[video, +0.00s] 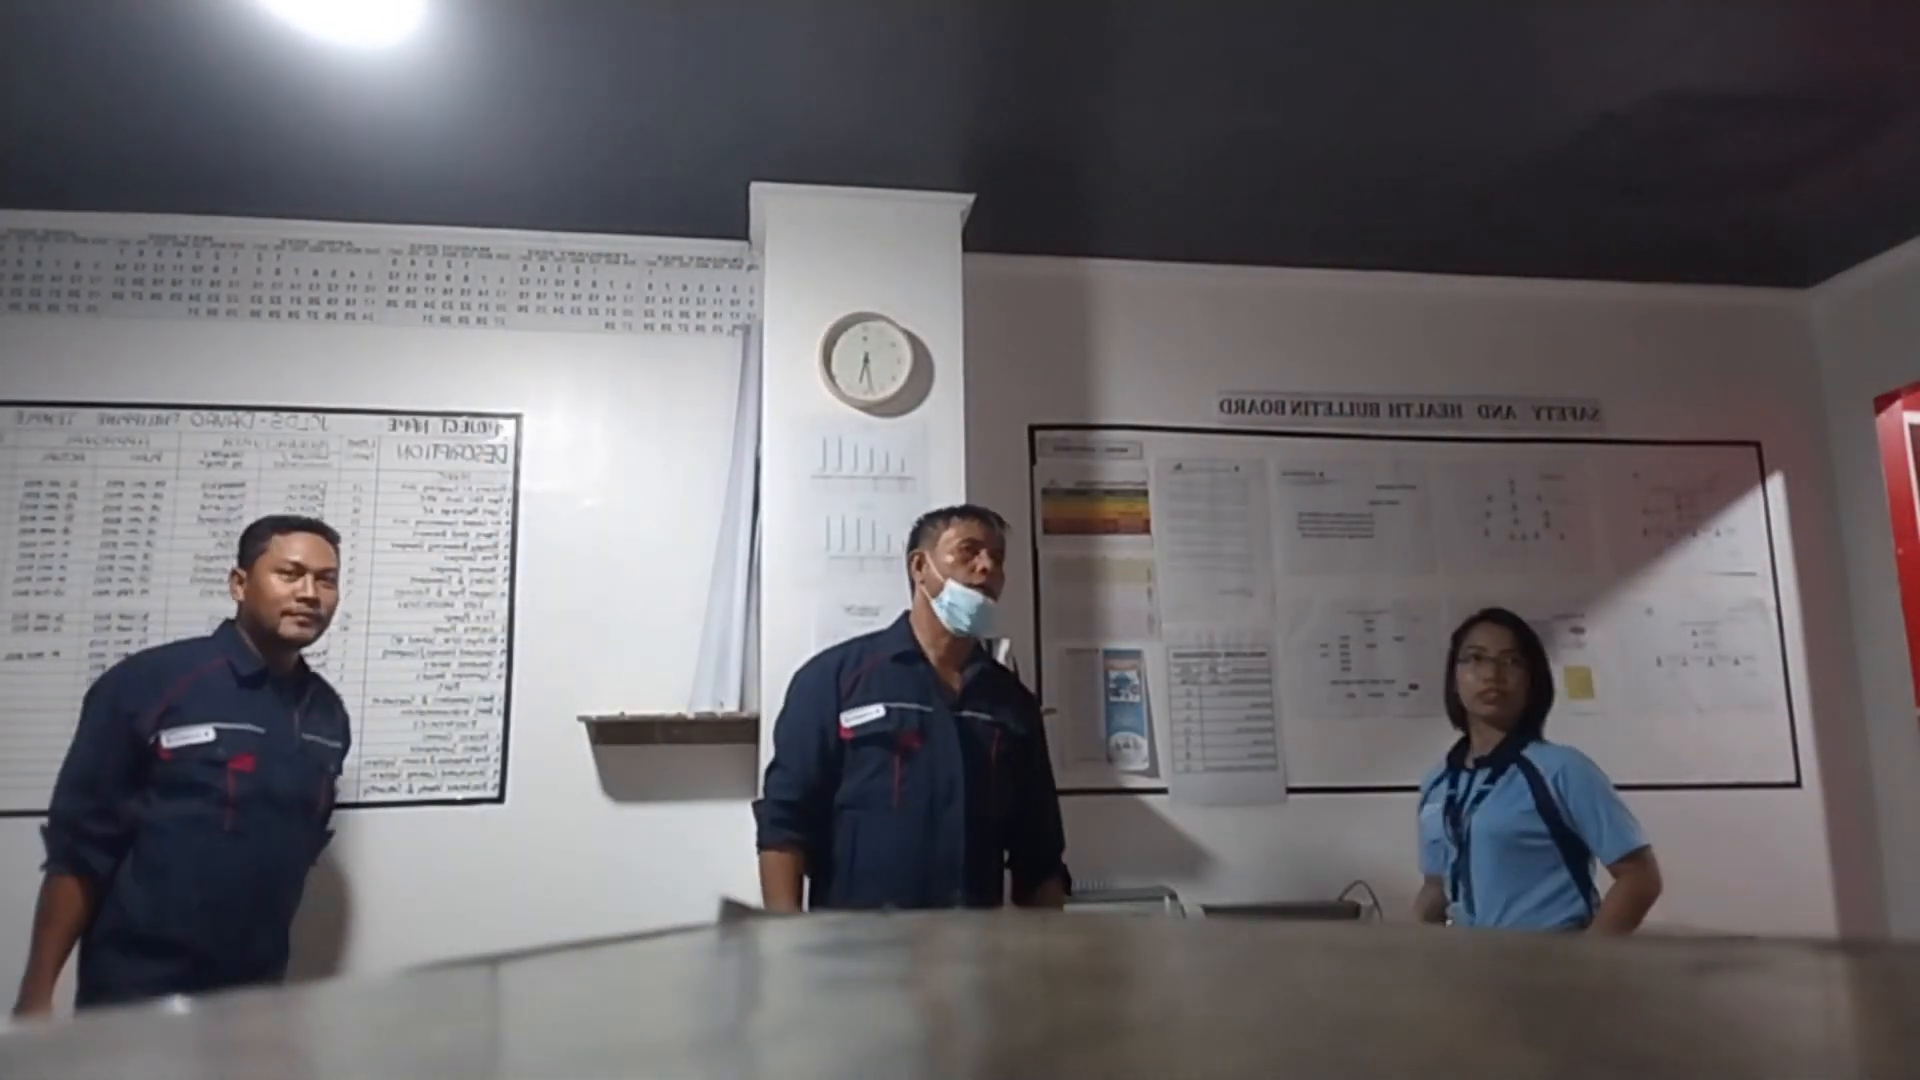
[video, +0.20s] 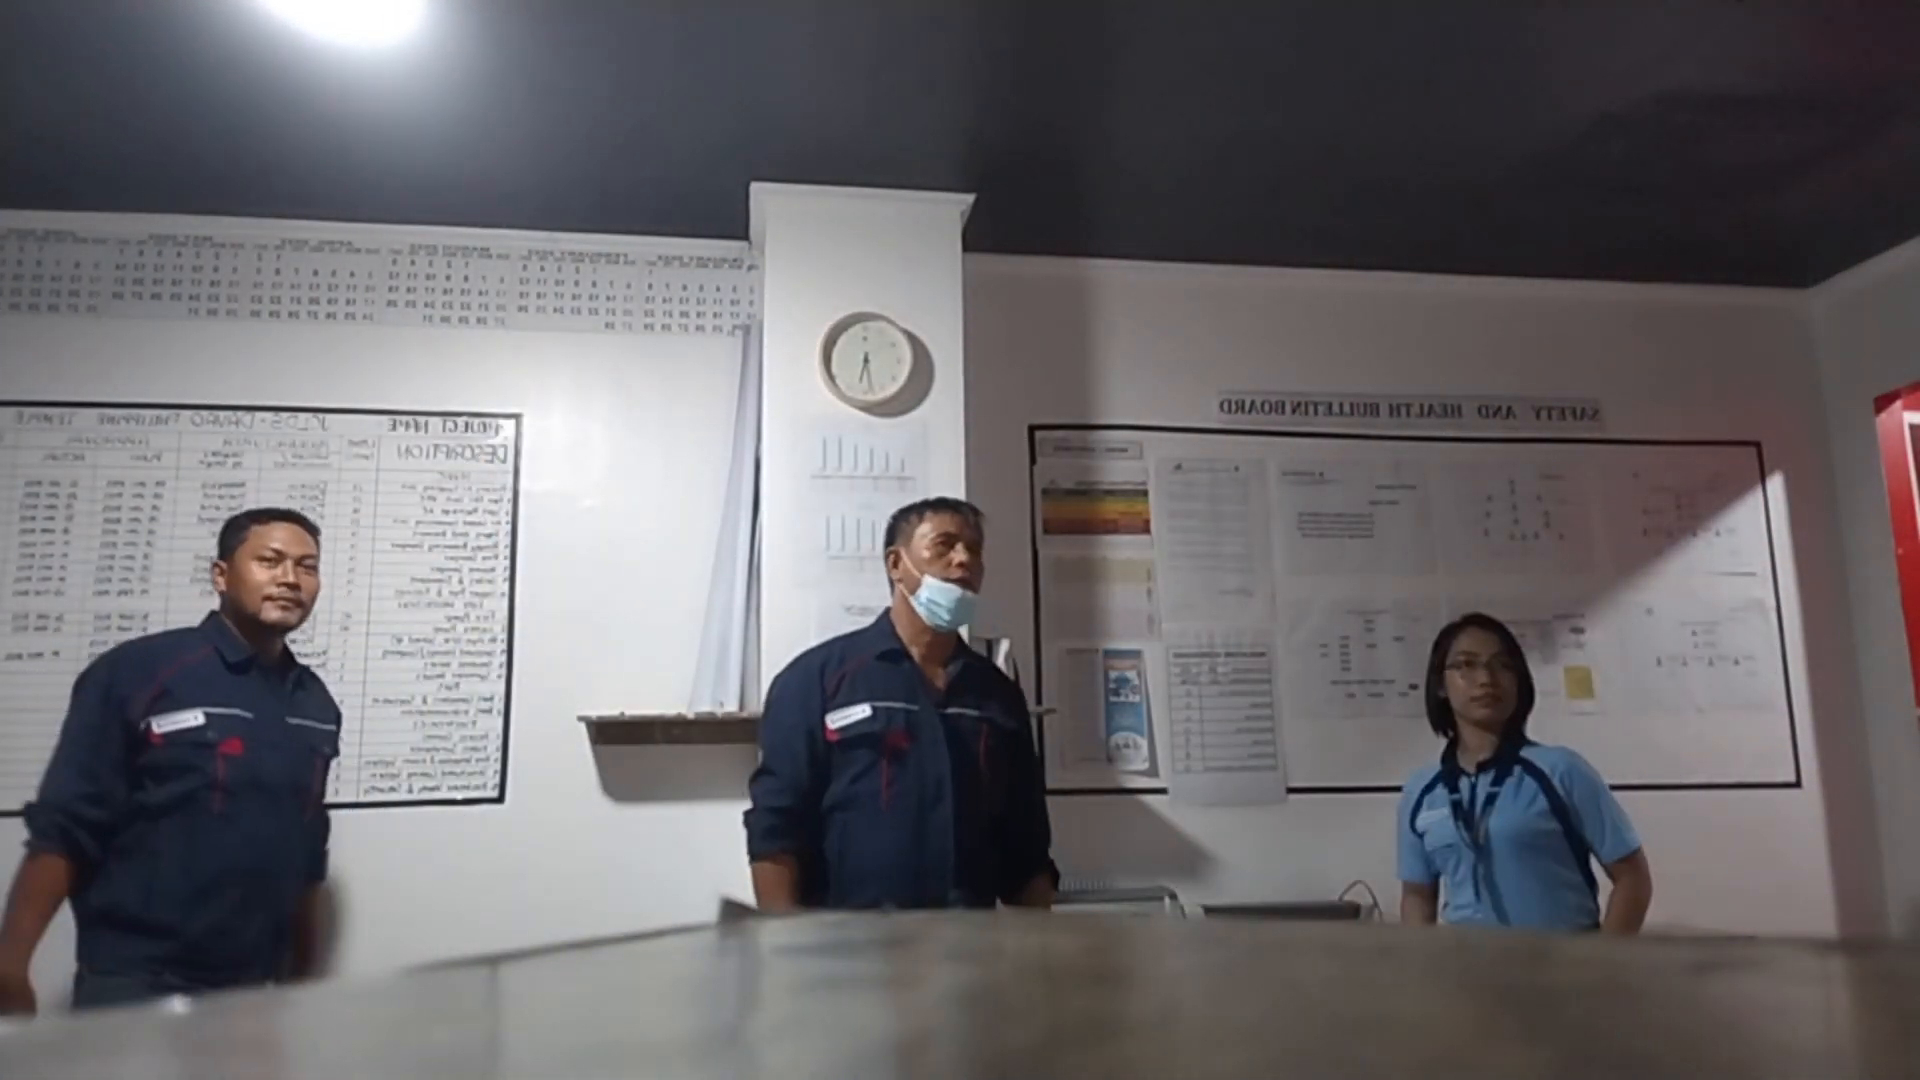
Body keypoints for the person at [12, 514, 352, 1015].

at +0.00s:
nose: (311, 594)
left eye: (325, 579)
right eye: (290, 574)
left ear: (337, 597)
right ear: (241, 585)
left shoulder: (327, 717)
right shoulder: (141, 688)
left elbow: (293, 859)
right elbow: (80, 853)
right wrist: (35, 998)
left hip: (252, 1000)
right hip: (133, 1000)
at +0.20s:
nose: (291, 578)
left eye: (307, 566)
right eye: (270, 560)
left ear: (317, 586)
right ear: (222, 576)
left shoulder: (316, 707)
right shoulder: (130, 676)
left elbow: (306, 864)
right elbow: (61, 834)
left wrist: (301, 985)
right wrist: (11, 964)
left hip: (256, 994)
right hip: (134, 991)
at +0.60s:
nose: (213, 576)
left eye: (229, 561)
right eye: (189, 559)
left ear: (245, 579)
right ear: (143, 579)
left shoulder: (277, 692)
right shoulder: (65, 690)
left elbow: (338, 789)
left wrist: (437, 826)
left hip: (222, 986)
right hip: (91, 991)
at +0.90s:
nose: (126, 573)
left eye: (138, 548)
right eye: (96, 563)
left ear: (162, 554)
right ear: (59, 585)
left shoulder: (223, 677)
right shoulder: (30, 676)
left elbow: (283, 794)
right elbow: (16, 637)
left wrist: (360, 888)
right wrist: (64, 537)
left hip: (180, 1002)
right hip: (48, 1009)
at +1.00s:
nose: (120, 567)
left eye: (130, 543)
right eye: (87, 557)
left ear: (154, 549)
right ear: (46, 583)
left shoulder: (209, 671)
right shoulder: (21, 663)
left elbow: (249, 799)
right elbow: (6, 607)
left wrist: (311, 903)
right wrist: (31, 516)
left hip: (165, 996)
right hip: (32, 1005)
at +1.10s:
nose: (125, 558)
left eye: (132, 533)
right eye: (91, 548)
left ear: (153, 538)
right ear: (40, 576)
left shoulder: (201, 670)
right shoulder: (15, 662)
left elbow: (227, 800)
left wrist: (286, 896)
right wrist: (17, 510)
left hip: (164, 996)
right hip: (30, 1006)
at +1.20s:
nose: (130, 555)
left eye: (135, 531)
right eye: (95, 545)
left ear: (153, 534)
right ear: (41, 574)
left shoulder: (195, 672)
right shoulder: (13, 663)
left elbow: (218, 795)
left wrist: (292, 872)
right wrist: (8, 514)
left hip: (159, 1002)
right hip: (29, 1010)